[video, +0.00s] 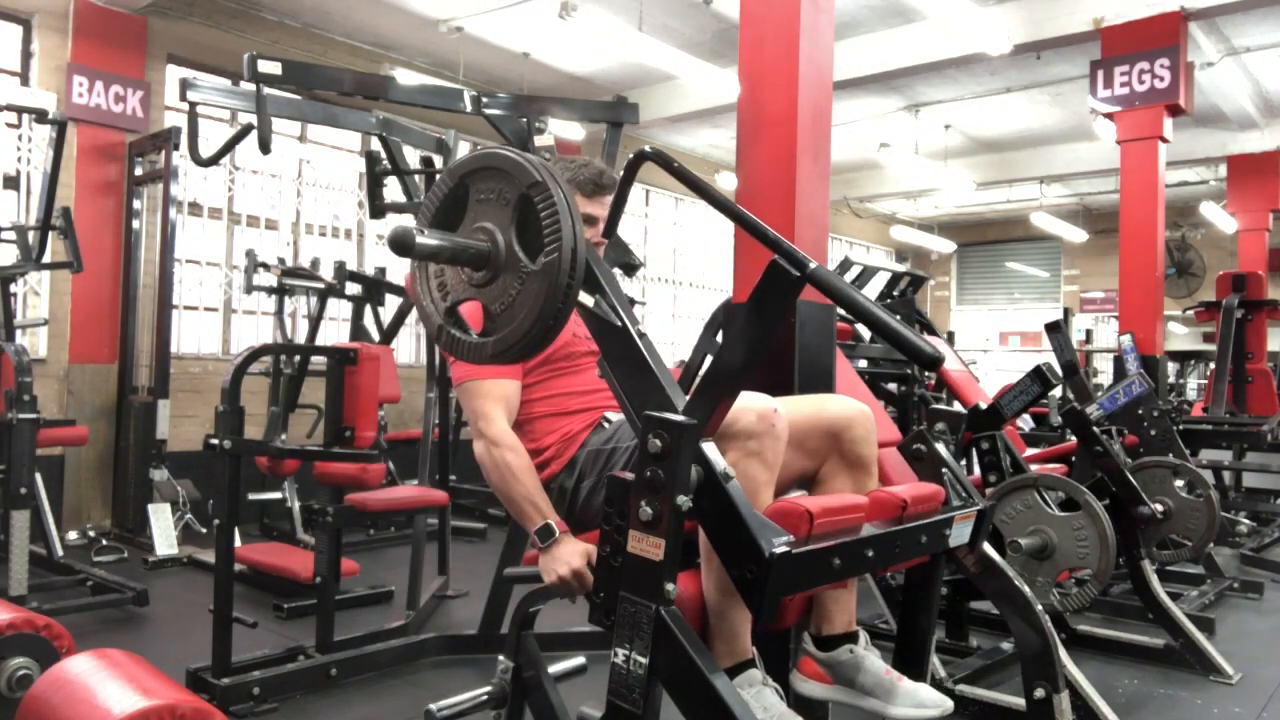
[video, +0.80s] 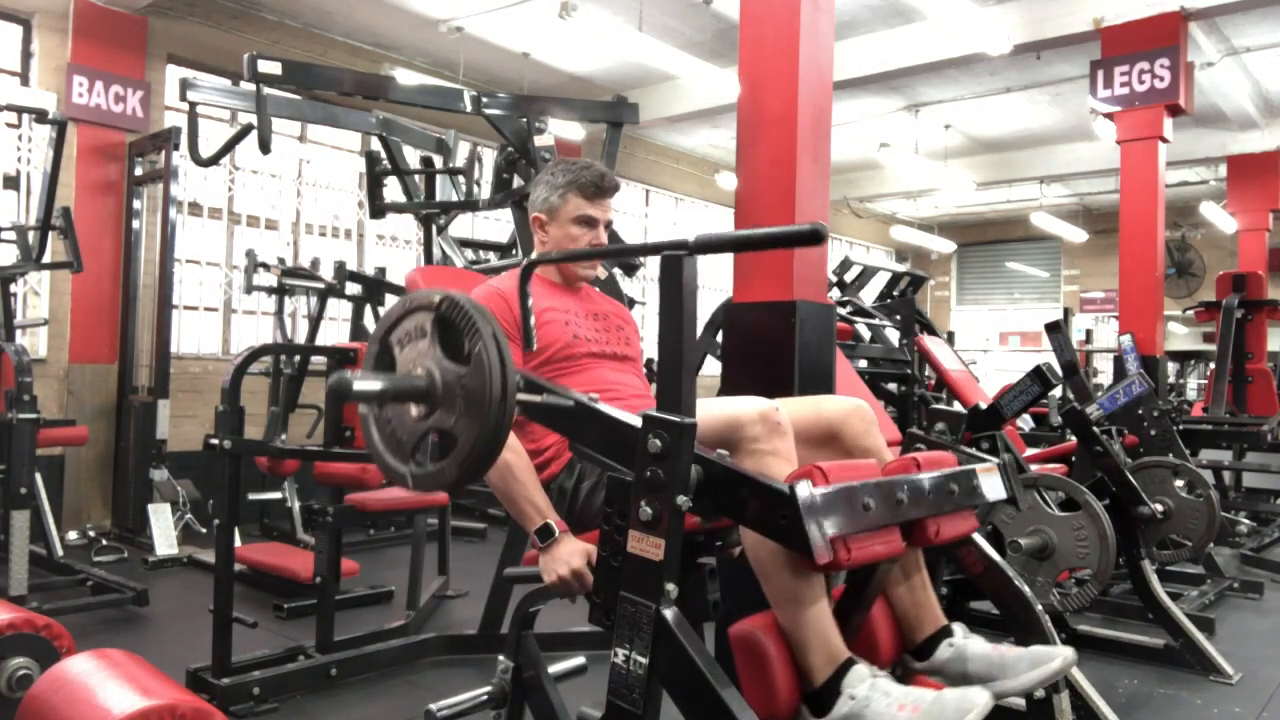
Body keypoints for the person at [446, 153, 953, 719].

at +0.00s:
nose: (600, 242)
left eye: (605, 228)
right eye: (588, 225)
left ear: (606, 227)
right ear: (545, 220)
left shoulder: (582, 297)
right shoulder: (494, 301)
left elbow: (613, 397)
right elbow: (492, 436)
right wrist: (549, 536)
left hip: (643, 441)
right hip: (583, 463)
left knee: (849, 425)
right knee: (756, 425)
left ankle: (834, 642)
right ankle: (734, 662)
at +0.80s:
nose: (600, 237)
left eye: (605, 227)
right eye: (585, 224)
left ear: (604, 231)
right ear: (539, 224)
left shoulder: (611, 306)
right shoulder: (498, 299)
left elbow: (652, 403)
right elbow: (484, 425)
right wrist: (553, 536)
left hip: (662, 443)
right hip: (586, 464)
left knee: (853, 419)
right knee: (760, 428)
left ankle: (934, 642)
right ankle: (834, 683)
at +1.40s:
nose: (593, 236)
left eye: (600, 223)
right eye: (579, 221)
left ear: (600, 225)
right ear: (534, 223)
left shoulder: (597, 300)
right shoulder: (495, 301)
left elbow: (635, 395)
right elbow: (494, 432)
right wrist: (556, 531)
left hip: (656, 437)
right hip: (589, 457)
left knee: (841, 415)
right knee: (778, 421)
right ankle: (925, 643)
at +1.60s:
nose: (593, 238)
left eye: (601, 225)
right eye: (578, 222)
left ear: (604, 230)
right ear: (534, 224)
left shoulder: (611, 308)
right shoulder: (493, 303)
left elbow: (649, 402)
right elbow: (494, 435)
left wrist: (712, 425)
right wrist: (549, 537)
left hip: (655, 452)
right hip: (588, 469)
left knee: (806, 473)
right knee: (795, 418)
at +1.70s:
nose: (596, 235)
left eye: (602, 223)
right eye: (580, 220)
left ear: (603, 231)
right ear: (534, 224)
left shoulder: (612, 307)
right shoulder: (494, 301)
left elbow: (653, 404)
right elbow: (490, 431)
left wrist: (743, 412)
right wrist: (550, 534)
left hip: (659, 463)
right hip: (585, 475)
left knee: (808, 481)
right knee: (797, 419)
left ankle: (960, 602)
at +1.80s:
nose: (596, 233)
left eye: (602, 222)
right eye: (580, 218)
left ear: (602, 232)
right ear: (534, 223)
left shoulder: (611, 305)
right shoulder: (495, 300)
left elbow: (650, 402)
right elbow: (488, 432)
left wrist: (744, 414)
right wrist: (555, 536)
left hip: (663, 446)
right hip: (593, 462)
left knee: (867, 452)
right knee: (777, 437)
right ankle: (961, 588)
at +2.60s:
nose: (592, 231)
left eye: (598, 219)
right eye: (577, 216)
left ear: (599, 226)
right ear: (533, 220)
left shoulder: (609, 305)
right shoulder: (495, 298)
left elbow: (653, 397)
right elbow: (488, 429)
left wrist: (722, 432)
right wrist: (548, 532)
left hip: (657, 439)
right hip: (582, 458)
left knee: (818, 451)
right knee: (770, 456)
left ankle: (1002, 492)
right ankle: (988, 494)